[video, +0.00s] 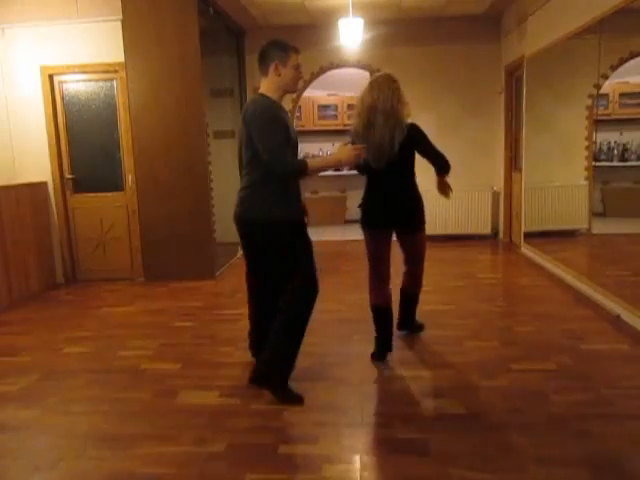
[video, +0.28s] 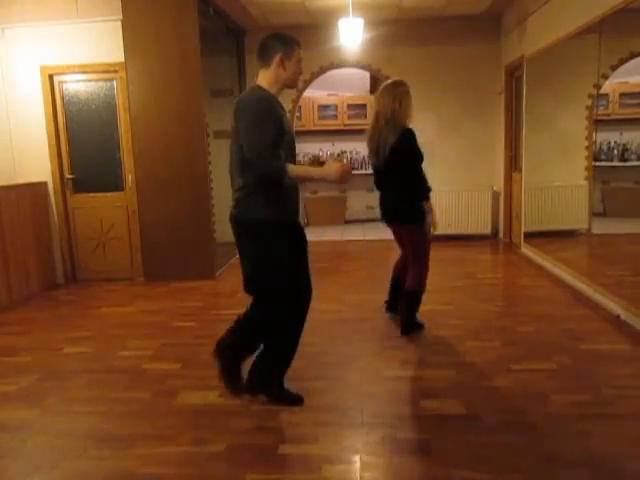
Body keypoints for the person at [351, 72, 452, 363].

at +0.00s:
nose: (405, 99)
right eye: (402, 95)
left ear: (367, 101)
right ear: (398, 101)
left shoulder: (361, 134)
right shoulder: (408, 131)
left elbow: (358, 165)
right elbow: (440, 161)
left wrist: (376, 171)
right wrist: (441, 178)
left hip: (374, 209)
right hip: (407, 208)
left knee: (378, 274)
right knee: (414, 264)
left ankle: (382, 342)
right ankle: (407, 320)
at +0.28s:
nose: (410, 106)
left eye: (409, 101)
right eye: (408, 101)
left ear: (381, 104)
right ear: (402, 104)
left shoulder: (377, 134)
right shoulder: (404, 135)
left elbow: (380, 178)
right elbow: (415, 173)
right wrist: (426, 199)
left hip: (389, 205)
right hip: (410, 206)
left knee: (406, 253)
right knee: (419, 260)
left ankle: (395, 300)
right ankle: (409, 318)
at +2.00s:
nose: (397, 95)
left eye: (401, 89)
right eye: (397, 90)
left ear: (416, 92)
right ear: (414, 94)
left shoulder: (427, 126)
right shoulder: (414, 128)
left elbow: (441, 172)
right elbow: (387, 168)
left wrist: (409, 197)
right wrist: (351, 163)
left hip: (419, 213)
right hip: (429, 211)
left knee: (388, 271)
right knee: (439, 279)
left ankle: (418, 337)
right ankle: (462, 347)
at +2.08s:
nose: (397, 93)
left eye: (402, 88)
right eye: (397, 89)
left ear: (417, 91)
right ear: (416, 93)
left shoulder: (427, 126)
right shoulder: (415, 128)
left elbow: (437, 174)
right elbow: (388, 168)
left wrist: (406, 198)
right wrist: (351, 163)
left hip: (419, 214)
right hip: (430, 212)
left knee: (395, 277)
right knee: (437, 281)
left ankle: (426, 346)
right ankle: (462, 350)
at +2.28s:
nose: (396, 93)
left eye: (401, 88)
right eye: (396, 88)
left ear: (417, 90)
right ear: (415, 91)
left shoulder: (423, 125)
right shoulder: (412, 124)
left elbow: (423, 176)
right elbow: (396, 165)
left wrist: (397, 202)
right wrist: (357, 164)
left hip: (420, 210)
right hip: (416, 208)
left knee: (410, 277)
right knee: (409, 275)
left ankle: (435, 354)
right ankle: (436, 336)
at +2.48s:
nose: (394, 91)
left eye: (399, 86)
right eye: (395, 87)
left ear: (415, 89)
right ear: (409, 89)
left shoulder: (421, 124)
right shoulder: (408, 122)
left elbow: (428, 174)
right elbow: (395, 161)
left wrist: (401, 202)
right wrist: (359, 162)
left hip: (417, 208)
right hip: (409, 206)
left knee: (410, 275)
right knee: (408, 272)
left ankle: (436, 351)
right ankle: (426, 324)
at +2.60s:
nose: (394, 91)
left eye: (399, 86)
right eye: (394, 86)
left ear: (414, 90)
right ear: (409, 90)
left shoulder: (423, 126)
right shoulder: (407, 124)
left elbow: (434, 177)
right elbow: (395, 161)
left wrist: (407, 204)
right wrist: (360, 161)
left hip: (418, 208)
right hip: (412, 208)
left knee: (394, 270)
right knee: (410, 266)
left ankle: (434, 325)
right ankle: (427, 320)